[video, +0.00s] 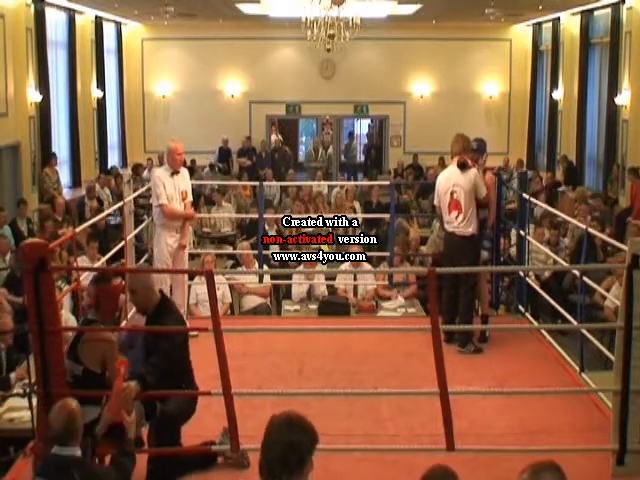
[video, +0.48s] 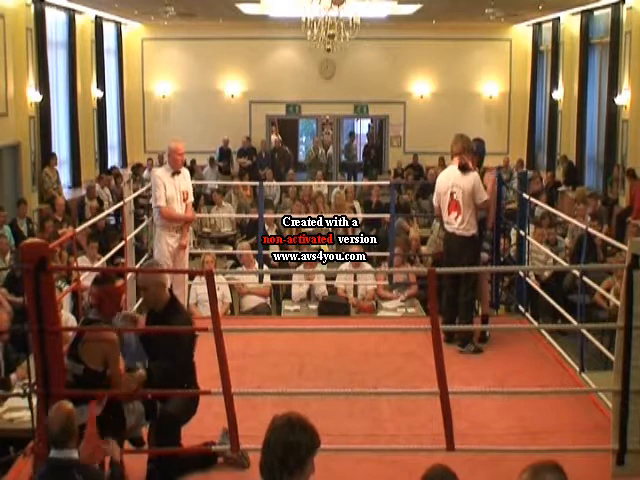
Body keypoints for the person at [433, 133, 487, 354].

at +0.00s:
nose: (470, 155)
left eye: (467, 152)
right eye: (469, 152)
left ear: (452, 153)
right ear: (468, 152)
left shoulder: (442, 176)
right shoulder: (473, 175)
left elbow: (437, 205)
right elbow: (484, 198)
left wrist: (445, 225)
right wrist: (477, 173)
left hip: (449, 235)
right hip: (468, 236)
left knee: (449, 283)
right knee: (467, 284)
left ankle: (449, 327)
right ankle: (464, 335)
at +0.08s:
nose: (470, 155)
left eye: (467, 152)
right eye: (470, 152)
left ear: (451, 152)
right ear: (468, 152)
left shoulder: (442, 176)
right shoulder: (473, 175)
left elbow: (437, 205)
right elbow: (484, 198)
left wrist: (445, 225)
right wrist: (477, 172)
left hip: (449, 235)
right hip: (468, 236)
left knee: (449, 283)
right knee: (467, 284)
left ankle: (449, 327)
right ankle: (464, 334)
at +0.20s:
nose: (468, 156)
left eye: (462, 152)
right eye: (468, 152)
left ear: (451, 152)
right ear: (468, 152)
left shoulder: (442, 176)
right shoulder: (473, 175)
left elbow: (438, 206)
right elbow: (483, 198)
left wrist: (446, 223)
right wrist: (477, 172)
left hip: (449, 234)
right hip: (468, 235)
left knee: (450, 281)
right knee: (468, 283)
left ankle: (448, 326)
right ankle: (465, 333)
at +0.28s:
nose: (467, 156)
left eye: (460, 152)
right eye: (468, 152)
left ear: (451, 152)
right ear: (469, 152)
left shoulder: (442, 176)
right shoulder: (473, 175)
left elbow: (438, 206)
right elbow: (483, 198)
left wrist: (446, 223)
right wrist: (478, 173)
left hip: (449, 234)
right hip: (468, 235)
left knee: (450, 281)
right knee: (468, 283)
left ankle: (448, 326)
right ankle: (465, 333)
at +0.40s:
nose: (469, 157)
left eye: (463, 153)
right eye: (469, 153)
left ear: (451, 152)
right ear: (469, 152)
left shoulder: (442, 176)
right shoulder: (472, 176)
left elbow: (437, 207)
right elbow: (485, 201)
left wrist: (446, 223)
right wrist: (481, 174)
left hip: (449, 234)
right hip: (468, 235)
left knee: (450, 281)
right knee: (468, 284)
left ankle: (448, 327)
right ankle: (465, 334)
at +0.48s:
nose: (470, 156)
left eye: (464, 153)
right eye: (470, 153)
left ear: (452, 152)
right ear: (469, 153)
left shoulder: (442, 176)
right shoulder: (472, 177)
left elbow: (437, 208)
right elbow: (483, 203)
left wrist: (447, 222)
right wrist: (480, 177)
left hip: (449, 234)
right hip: (468, 235)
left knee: (450, 282)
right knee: (468, 284)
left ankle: (448, 327)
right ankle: (465, 334)